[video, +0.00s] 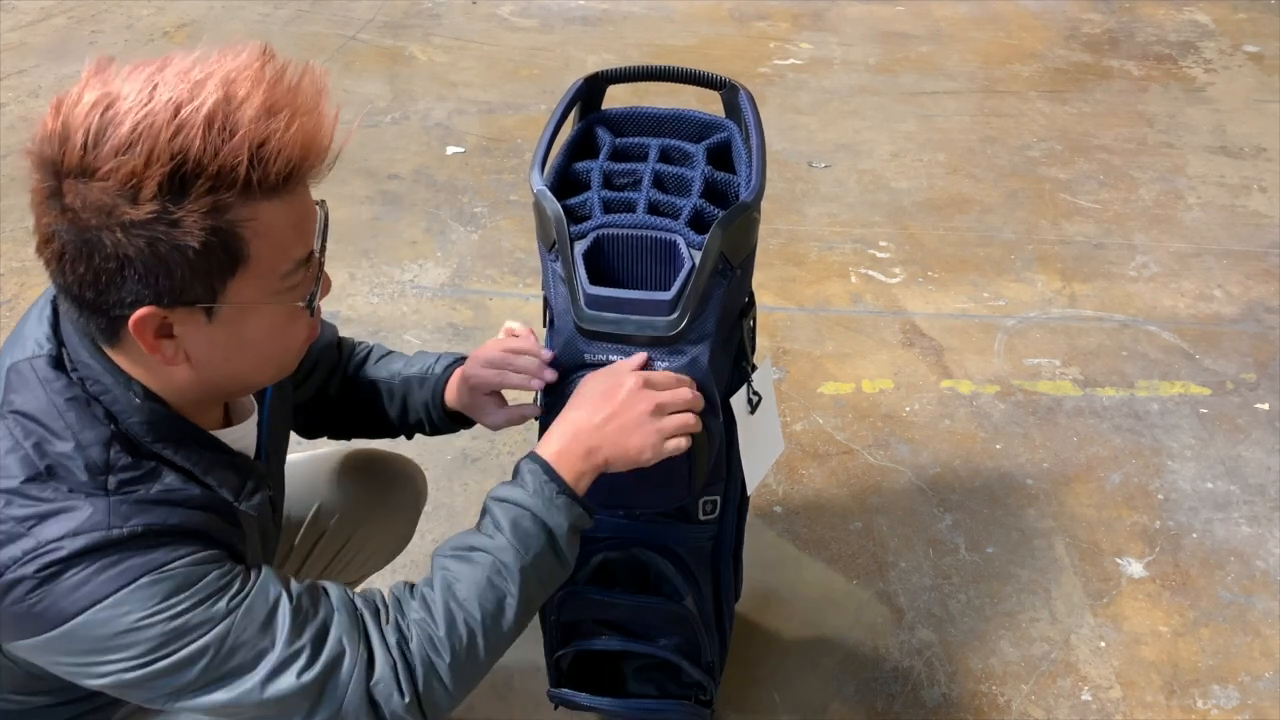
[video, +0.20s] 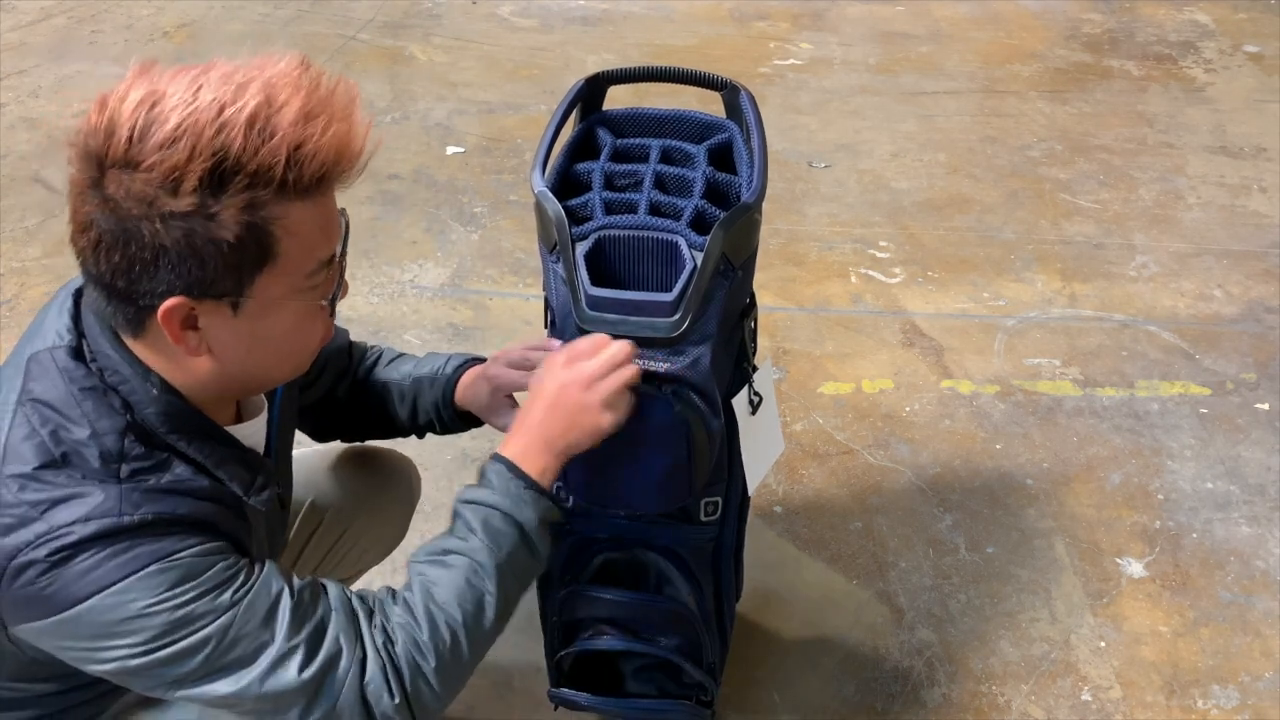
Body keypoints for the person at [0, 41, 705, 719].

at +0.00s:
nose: (323, 290)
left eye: (316, 255)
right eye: (300, 278)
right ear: (163, 336)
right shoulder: (88, 572)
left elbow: (326, 380)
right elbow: (389, 676)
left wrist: (454, 386)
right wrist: (567, 459)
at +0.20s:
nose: (342, 292)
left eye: (338, 260)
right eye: (321, 280)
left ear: (190, 323)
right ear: (189, 328)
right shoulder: (96, 554)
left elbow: (333, 379)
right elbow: (386, 677)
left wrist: (463, 386)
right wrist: (534, 455)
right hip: (85, 700)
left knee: (375, 486)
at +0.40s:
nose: (393, 130)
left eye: (402, 103)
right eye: (390, 106)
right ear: (236, 98)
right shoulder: (70, 344)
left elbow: (266, 283)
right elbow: (225, 618)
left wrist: (436, 354)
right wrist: (452, 471)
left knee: (292, 450)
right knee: (217, 703)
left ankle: (271, 619)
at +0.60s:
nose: (390, 8)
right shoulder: (62, 139)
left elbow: (263, 170)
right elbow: (202, 471)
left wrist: (422, 310)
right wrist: (444, 514)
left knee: (116, 482)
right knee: (43, 682)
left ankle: (212, 650)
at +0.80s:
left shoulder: (226, 10)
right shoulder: (52, 109)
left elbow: (264, 143)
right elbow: (200, 418)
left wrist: (425, 310)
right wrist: (487, 455)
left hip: (17, 327)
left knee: (93, 487)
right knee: (39, 656)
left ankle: (206, 650)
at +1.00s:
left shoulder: (192, 23)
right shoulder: (72, 119)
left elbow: (272, 202)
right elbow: (315, 450)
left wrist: (465, 337)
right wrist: (584, 420)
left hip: (15, 373)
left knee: (82, 533)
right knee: (42, 668)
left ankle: (198, 653)